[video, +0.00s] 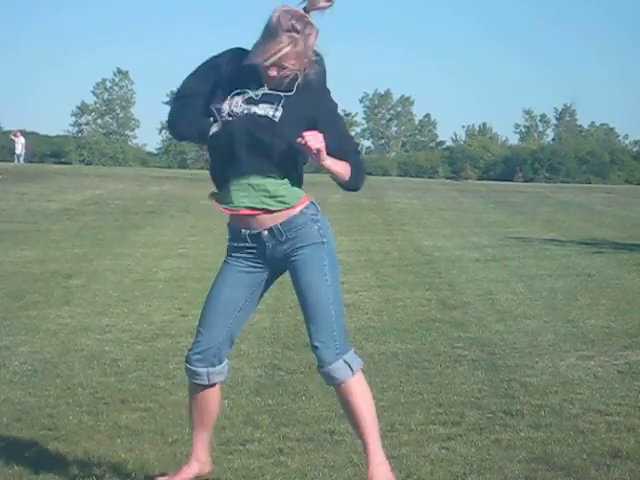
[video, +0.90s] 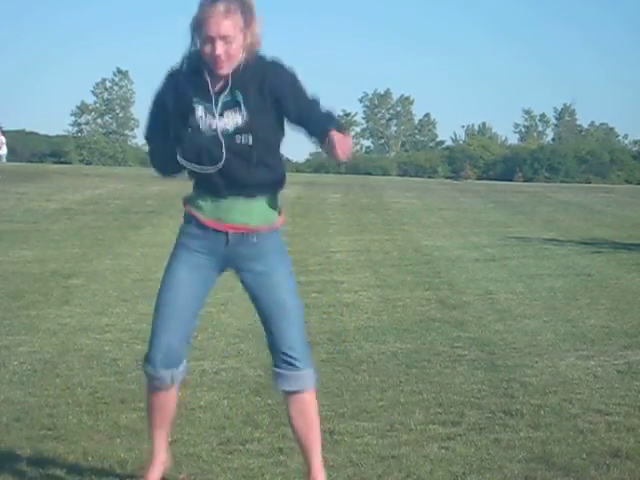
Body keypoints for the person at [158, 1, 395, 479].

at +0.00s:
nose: (276, 75)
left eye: (287, 71)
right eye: (272, 65)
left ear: (303, 63)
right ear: (262, 49)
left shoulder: (311, 94)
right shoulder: (226, 73)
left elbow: (354, 174)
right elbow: (181, 124)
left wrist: (326, 157)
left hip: (301, 234)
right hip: (244, 243)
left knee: (331, 353)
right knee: (203, 358)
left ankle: (379, 466)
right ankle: (199, 462)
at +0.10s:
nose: (272, 92)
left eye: (286, 86)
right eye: (267, 79)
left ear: (300, 83)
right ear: (256, 63)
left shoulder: (304, 124)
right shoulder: (213, 104)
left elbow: (331, 202)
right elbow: (179, 171)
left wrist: (330, 202)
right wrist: (203, 209)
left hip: (300, 253)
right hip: (243, 264)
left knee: (335, 372)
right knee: (191, 373)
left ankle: (385, 470)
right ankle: (172, 468)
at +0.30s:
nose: (253, 116)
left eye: (265, 111)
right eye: (248, 104)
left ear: (281, 114)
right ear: (238, 96)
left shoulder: (289, 152)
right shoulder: (199, 144)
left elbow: (335, 218)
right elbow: (151, 202)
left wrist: (352, 159)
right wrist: (197, 190)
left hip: (286, 290)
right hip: (226, 297)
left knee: (341, 389)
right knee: (155, 384)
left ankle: (388, 475)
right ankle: (170, 475)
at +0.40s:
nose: (253, 71)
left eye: (261, 70)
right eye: (244, 67)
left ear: (270, 81)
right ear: (226, 73)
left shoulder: (288, 111)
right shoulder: (195, 106)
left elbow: (362, 125)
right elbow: (140, 146)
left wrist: (344, 67)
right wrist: (181, 151)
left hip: (271, 258)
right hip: (208, 261)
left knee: (324, 369)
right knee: (154, 368)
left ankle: (383, 472)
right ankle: (163, 470)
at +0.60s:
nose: (218, 79)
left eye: (227, 69)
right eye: (211, 72)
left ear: (252, 66)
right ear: (206, 76)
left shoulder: (279, 114)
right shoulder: (191, 115)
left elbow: (307, 62)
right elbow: (142, 167)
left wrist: (308, 5)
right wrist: (171, 159)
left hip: (248, 270)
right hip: (186, 262)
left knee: (289, 380)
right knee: (162, 387)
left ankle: (304, 475)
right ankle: (134, 467)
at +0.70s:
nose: (215, 96)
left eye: (225, 87)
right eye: (208, 88)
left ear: (248, 92)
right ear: (202, 94)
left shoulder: (271, 139)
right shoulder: (189, 156)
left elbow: (311, 128)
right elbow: (169, 226)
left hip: (238, 294)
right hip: (177, 284)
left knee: (297, 386)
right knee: (159, 407)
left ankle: (304, 478)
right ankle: (135, 472)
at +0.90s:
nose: (217, 49)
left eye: (226, 39)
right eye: (209, 39)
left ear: (247, 36)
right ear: (197, 37)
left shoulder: (270, 76)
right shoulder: (180, 82)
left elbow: (309, 114)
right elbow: (162, 159)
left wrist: (333, 137)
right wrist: (189, 156)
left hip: (262, 238)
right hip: (198, 235)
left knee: (294, 361)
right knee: (162, 359)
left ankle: (316, 470)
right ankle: (159, 461)